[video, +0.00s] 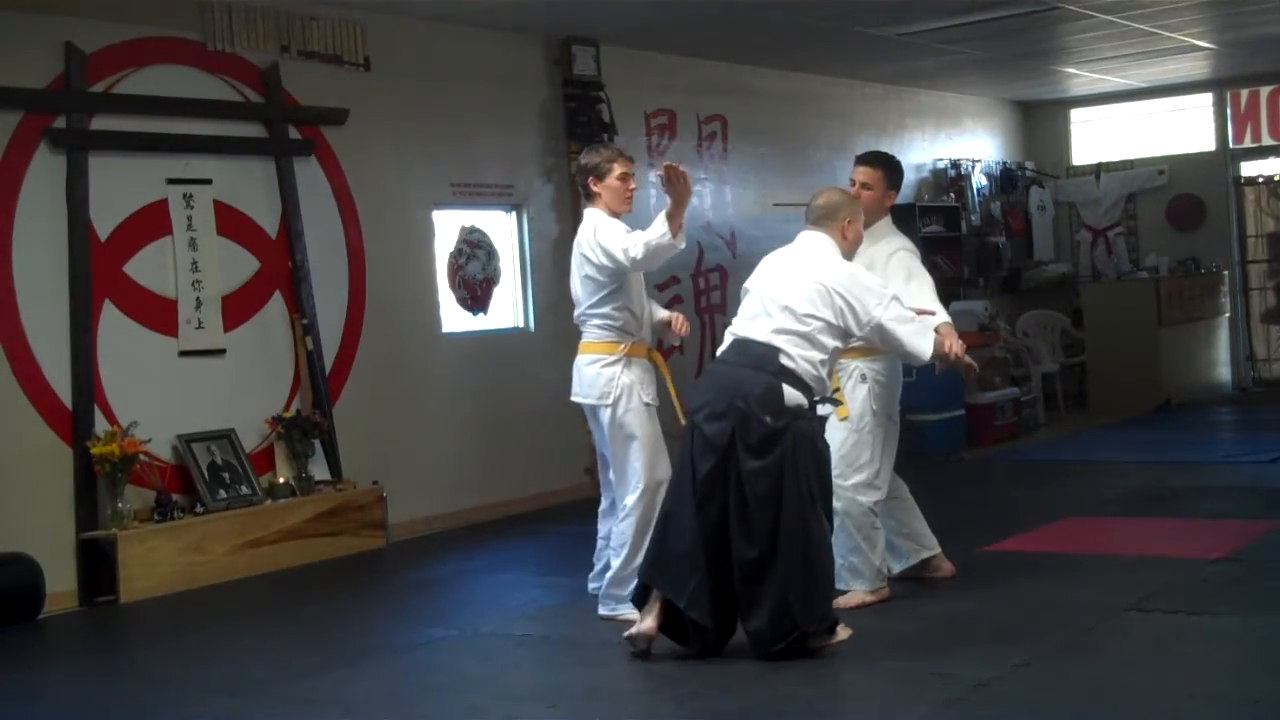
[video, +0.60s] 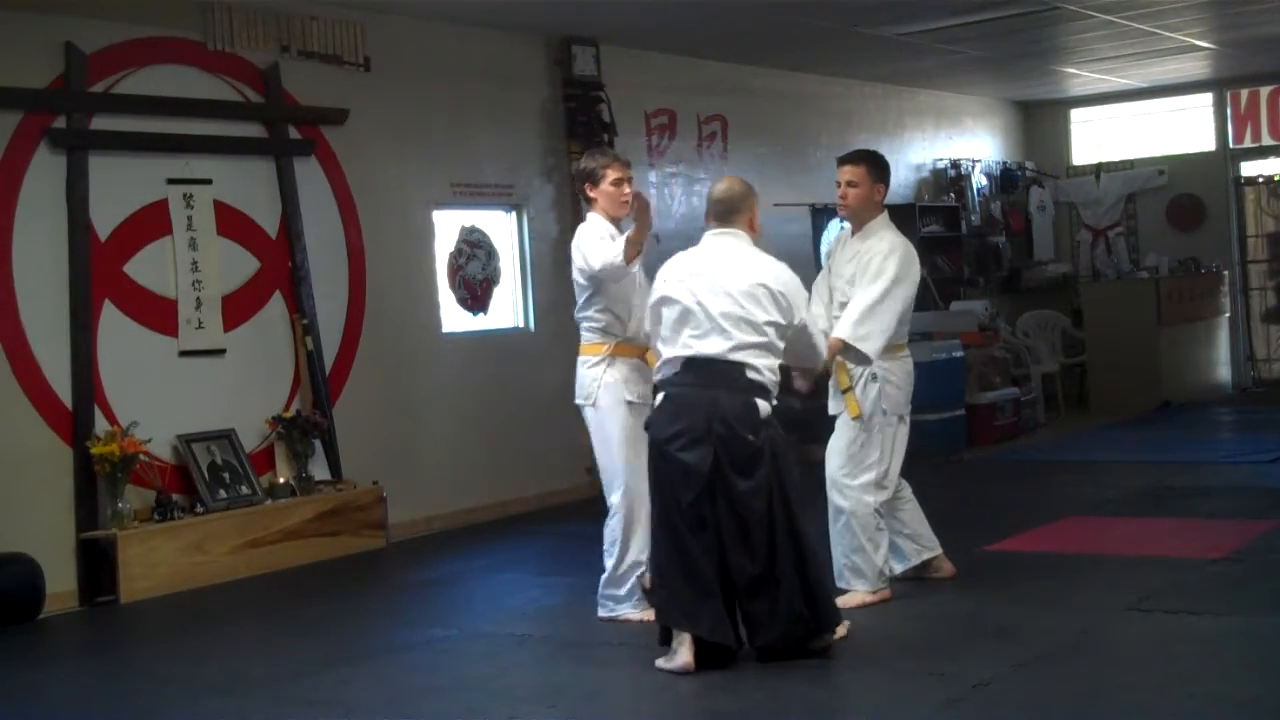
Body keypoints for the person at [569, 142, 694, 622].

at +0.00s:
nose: (632, 187)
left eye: (633, 178)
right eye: (624, 178)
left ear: (602, 187)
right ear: (594, 185)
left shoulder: (599, 229)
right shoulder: (600, 227)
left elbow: (627, 304)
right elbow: (637, 254)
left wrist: (664, 317)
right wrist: (676, 209)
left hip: (603, 367)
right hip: (617, 369)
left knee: (619, 479)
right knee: (650, 474)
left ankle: (608, 578)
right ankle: (619, 593)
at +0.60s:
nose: (628, 190)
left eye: (629, 182)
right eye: (618, 183)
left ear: (628, 189)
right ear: (591, 191)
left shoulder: (618, 236)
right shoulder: (590, 234)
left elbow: (635, 313)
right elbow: (616, 262)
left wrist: (652, 355)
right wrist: (640, 230)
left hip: (634, 370)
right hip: (608, 372)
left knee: (642, 485)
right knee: (627, 488)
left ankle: (639, 580)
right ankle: (618, 597)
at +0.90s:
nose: (624, 190)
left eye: (629, 181)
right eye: (613, 184)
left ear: (640, 187)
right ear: (597, 194)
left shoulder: (660, 241)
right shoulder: (583, 245)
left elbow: (678, 302)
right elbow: (570, 311)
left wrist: (676, 352)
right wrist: (579, 366)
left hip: (655, 369)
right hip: (603, 372)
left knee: (658, 470)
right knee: (599, 474)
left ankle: (664, 576)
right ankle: (586, 580)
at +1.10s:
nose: (620, 190)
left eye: (627, 181)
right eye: (611, 183)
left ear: (640, 189)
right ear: (598, 193)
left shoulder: (661, 243)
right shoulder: (583, 251)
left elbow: (675, 315)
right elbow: (570, 319)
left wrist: (656, 377)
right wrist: (574, 383)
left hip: (650, 376)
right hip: (596, 378)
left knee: (650, 467)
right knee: (588, 468)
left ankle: (654, 558)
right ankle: (603, 557)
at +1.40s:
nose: (610, 191)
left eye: (620, 183)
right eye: (603, 183)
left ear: (636, 191)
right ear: (595, 190)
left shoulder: (642, 242)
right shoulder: (598, 243)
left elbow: (637, 321)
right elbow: (593, 314)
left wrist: (614, 386)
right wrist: (588, 381)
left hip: (634, 381)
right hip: (608, 380)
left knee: (621, 485)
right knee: (616, 485)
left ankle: (640, 584)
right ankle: (634, 579)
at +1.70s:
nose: (605, 194)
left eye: (615, 186)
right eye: (599, 186)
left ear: (632, 193)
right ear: (591, 192)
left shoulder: (637, 242)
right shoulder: (602, 241)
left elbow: (633, 321)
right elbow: (604, 312)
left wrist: (608, 382)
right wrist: (597, 362)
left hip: (634, 369)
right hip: (611, 364)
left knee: (632, 471)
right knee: (624, 469)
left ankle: (640, 565)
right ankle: (634, 553)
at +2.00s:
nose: (608, 195)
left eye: (617, 187)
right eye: (601, 187)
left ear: (632, 193)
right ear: (591, 193)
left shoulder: (646, 243)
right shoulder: (595, 245)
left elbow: (646, 322)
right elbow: (595, 319)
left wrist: (622, 383)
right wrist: (591, 381)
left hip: (634, 369)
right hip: (604, 368)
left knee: (632, 470)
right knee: (627, 467)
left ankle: (642, 565)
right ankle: (655, 547)